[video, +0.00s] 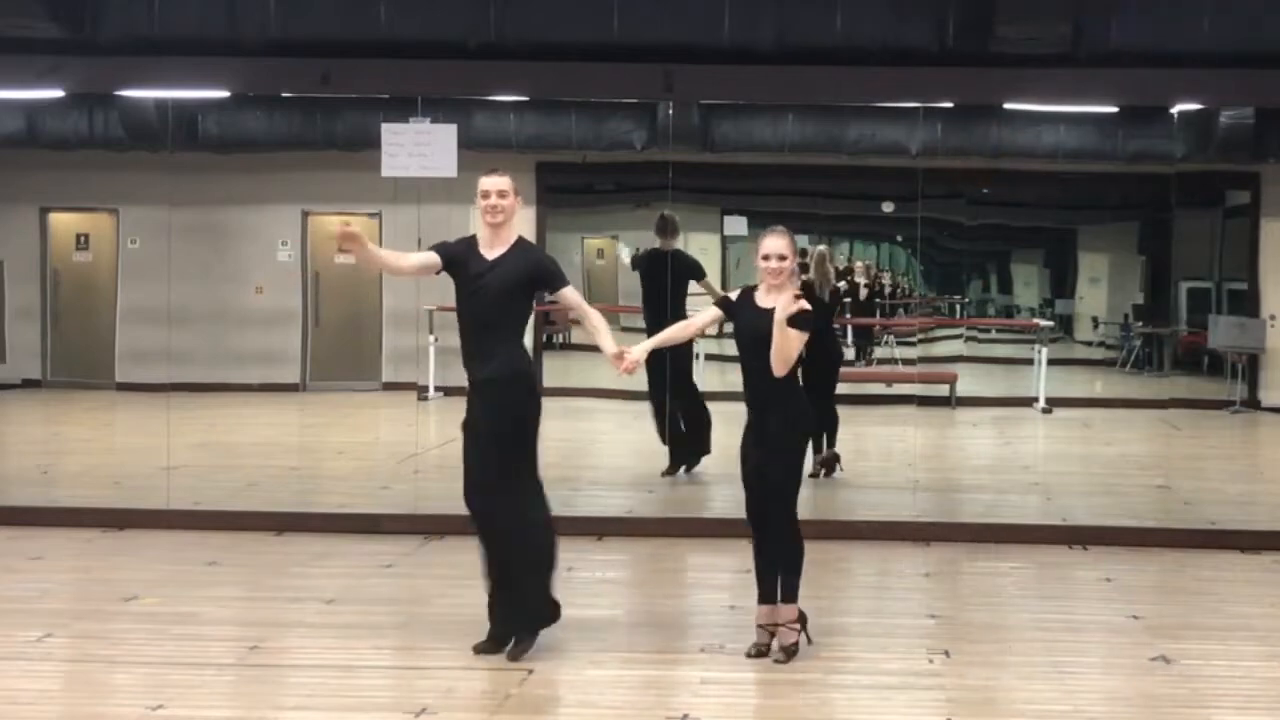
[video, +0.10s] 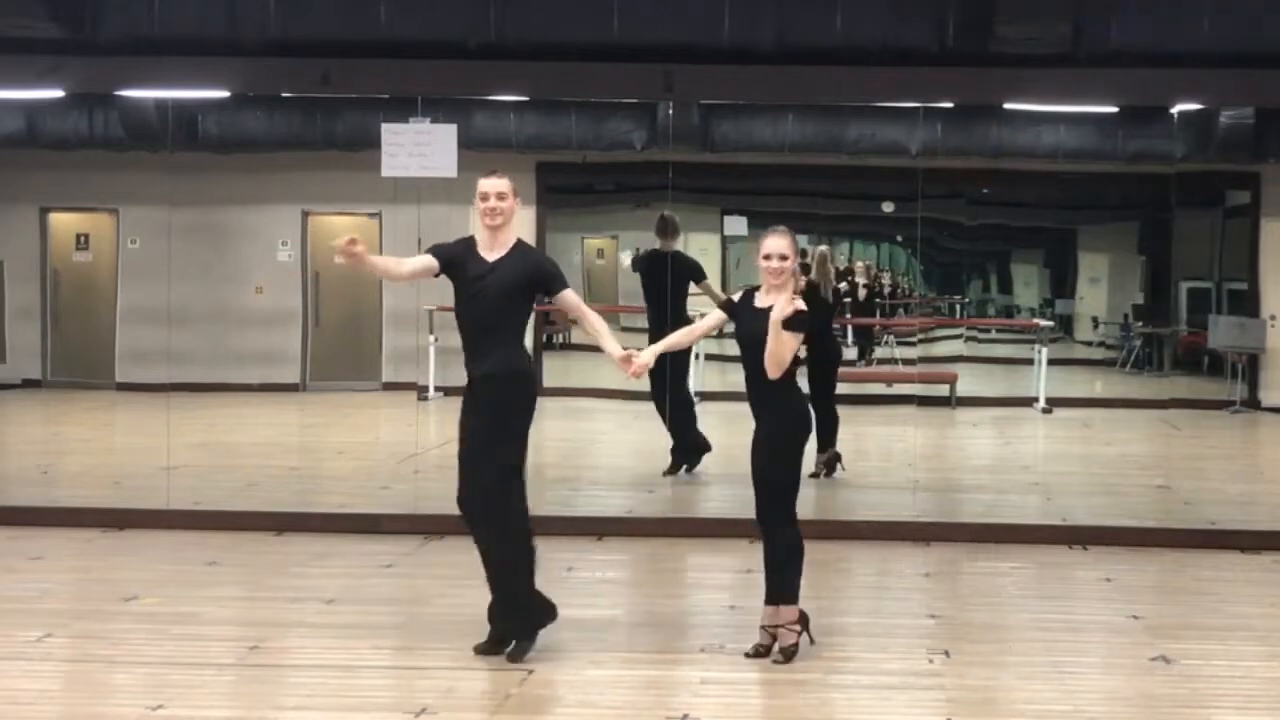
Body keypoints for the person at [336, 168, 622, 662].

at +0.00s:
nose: (494, 202)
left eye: (502, 195)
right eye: (486, 195)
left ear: (517, 203)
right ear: (476, 203)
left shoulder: (531, 258)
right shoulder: (460, 251)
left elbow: (584, 310)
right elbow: (408, 264)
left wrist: (611, 348)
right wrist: (366, 250)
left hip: (515, 389)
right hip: (481, 389)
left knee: (512, 496)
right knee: (481, 499)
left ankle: (533, 608)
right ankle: (505, 614)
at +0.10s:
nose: (492, 204)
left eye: (501, 197)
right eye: (485, 197)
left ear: (516, 204)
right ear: (476, 204)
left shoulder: (531, 261)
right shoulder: (459, 252)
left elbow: (584, 313)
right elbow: (405, 268)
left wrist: (616, 351)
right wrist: (364, 258)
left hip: (512, 385)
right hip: (480, 386)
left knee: (495, 496)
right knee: (475, 500)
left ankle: (526, 608)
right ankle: (507, 613)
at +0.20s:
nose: (497, 208)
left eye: (505, 201)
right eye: (489, 201)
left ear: (519, 208)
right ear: (478, 208)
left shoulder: (533, 268)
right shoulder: (454, 254)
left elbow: (580, 320)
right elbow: (380, 267)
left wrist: (623, 356)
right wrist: (311, 267)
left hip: (523, 398)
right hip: (471, 398)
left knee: (540, 506)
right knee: (479, 508)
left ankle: (534, 620)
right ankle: (499, 613)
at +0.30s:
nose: (498, 216)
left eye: (507, 208)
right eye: (490, 208)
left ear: (520, 215)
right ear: (478, 214)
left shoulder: (531, 274)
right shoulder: (454, 258)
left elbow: (579, 328)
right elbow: (368, 269)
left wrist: (626, 362)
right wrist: (295, 273)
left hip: (515, 399)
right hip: (474, 399)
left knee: (540, 504)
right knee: (512, 506)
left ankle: (520, 615)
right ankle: (480, 616)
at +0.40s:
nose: (498, 225)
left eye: (506, 218)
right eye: (490, 218)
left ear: (520, 224)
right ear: (479, 224)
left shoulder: (536, 282)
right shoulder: (458, 267)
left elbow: (584, 330)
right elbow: (373, 268)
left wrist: (636, 360)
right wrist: (298, 264)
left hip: (503, 402)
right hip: (471, 400)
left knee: (524, 511)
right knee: (520, 511)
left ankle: (481, 611)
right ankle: (472, 612)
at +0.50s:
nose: (502, 231)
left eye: (510, 223)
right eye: (494, 223)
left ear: (526, 229)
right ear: (484, 229)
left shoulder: (545, 286)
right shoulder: (465, 270)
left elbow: (594, 332)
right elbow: (381, 261)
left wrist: (643, 354)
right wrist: (305, 245)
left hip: (486, 404)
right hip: (460, 400)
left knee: (494, 518)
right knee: (498, 518)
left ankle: (451, 610)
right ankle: (471, 626)